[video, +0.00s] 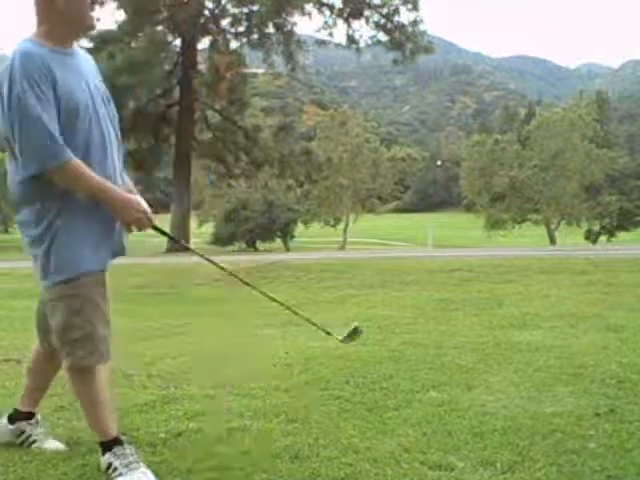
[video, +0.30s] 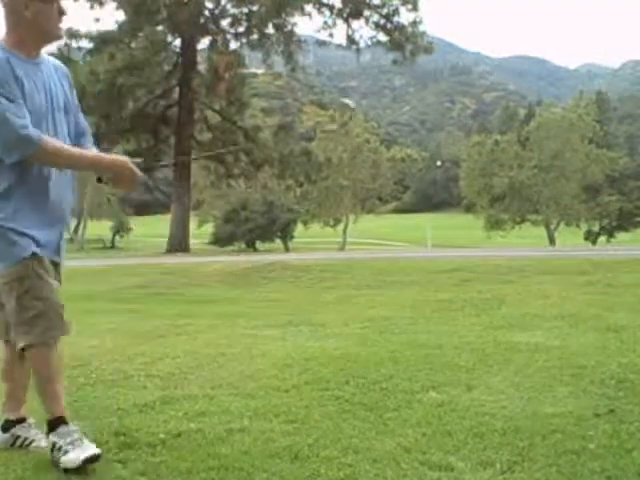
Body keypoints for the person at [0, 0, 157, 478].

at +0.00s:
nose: (96, 5)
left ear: (64, 8)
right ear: (53, 4)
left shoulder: (82, 59)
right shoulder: (25, 62)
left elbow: (102, 143)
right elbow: (49, 157)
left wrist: (129, 196)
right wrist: (116, 197)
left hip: (91, 224)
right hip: (61, 229)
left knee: (59, 330)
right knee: (84, 337)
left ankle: (20, 421)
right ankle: (114, 449)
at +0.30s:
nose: (62, 10)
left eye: (59, 3)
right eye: (52, 3)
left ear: (35, 14)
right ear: (19, 9)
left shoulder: (58, 71)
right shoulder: (4, 66)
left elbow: (80, 140)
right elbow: (25, 143)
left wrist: (108, 168)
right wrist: (105, 164)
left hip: (49, 225)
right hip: (11, 224)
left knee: (20, 328)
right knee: (41, 317)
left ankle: (12, 422)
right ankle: (61, 429)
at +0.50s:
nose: (38, 11)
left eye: (35, 4)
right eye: (28, 4)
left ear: (21, 14)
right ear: (4, 12)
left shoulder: (38, 75)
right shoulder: (2, 75)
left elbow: (57, 142)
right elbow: (9, 136)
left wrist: (91, 146)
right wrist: (82, 138)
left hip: (34, 227)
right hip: (3, 229)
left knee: (23, 334)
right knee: (9, 335)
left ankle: (15, 421)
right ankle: (11, 421)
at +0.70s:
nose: (9, 25)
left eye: (9, 17)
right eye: (6, 17)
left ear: (12, 23)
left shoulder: (15, 77)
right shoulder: (6, 76)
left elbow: (23, 143)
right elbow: (6, 136)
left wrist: (62, 140)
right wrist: (55, 129)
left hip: (21, 230)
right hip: (6, 231)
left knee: (16, 331)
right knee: (12, 332)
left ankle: (14, 418)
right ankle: (12, 419)